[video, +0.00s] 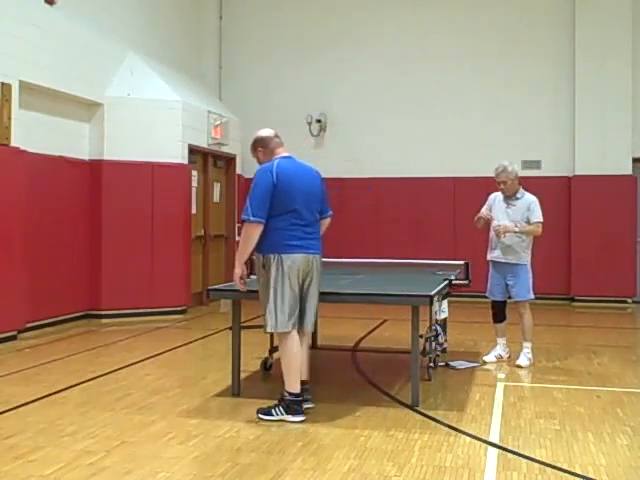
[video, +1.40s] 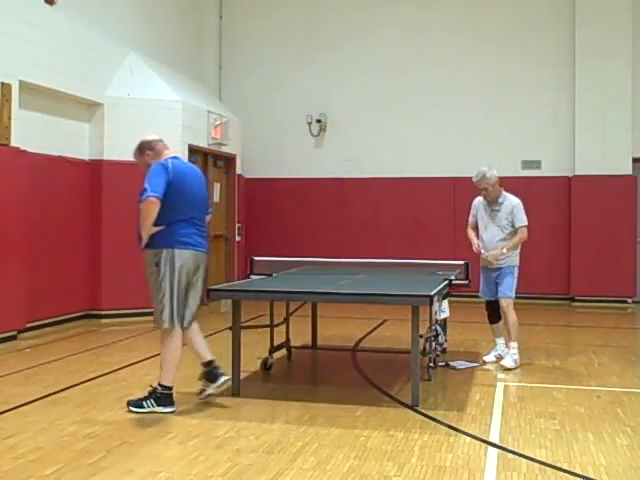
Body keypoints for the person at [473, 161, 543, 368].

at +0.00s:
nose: (501, 187)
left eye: (505, 183)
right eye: (499, 183)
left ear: (516, 181)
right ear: (497, 183)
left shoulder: (530, 201)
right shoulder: (494, 198)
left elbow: (537, 229)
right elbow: (481, 224)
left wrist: (513, 228)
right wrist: (482, 219)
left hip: (519, 261)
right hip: (497, 260)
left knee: (522, 305)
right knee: (497, 304)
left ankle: (526, 349)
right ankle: (501, 347)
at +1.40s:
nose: (483, 194)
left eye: (486, 189)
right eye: (481, 190)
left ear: (497, 184)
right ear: (479, 188)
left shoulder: (513, 203)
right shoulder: (478, 203)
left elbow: (523, 234)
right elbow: (470, 227)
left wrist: (500, 252)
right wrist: (474, 240)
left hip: (508, 263)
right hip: (487, 263)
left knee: (505, 303)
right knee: (491, 304)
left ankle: (513, 349)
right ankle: (500, 345)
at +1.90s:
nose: (470, 255)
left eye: (472, 251)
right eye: (468, 252)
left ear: (482, 244)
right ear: (465, 249)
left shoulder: (503, 241)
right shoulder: (469, 256)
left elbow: (525, 265)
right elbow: (466, 285)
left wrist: (510, 288)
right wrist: (460, 315)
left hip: (518, 274)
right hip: (496, 278)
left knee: (505, 308)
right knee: (488, 312)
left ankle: (506, 353)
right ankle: (500, 348)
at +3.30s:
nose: (456, 201)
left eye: (456, 197)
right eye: (455, 197)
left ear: (467, 193)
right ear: (466, 193)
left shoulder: (488, 208)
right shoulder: (476, 208)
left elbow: (482, 241)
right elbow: (471, 238)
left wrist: (462, 261)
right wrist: (454, 259)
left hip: (511, 262)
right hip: (502, 262)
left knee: (497, 305)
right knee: (503, 304)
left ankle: (504, 352)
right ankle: (512, 346)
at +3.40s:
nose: (456, 197)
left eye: (457, 193)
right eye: (455, 193)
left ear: (469, 190)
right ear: (468, 190)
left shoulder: (487, 206)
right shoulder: (478, 207)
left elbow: (486, 239)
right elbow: (471, 237)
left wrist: (464, 258)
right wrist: (456, 258)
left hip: (509, 261)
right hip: (504, 261)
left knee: (497, 304)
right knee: (508, 304)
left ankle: (504, 352)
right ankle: (515, 345)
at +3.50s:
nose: (458, 194)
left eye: (460, 190)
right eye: (458, 190)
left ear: (472, 188)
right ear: (472, 189)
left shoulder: (487, 205)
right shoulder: (481, 205)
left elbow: (490, 239)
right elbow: (475, 238)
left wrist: (469, 259)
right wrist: (456, 260)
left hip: (508, 261)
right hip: (506, 260)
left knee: (496, 305)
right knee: (510, 304)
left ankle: (504, 352)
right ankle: (516, 345)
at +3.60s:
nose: (462, 190)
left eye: (464, 186)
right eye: (461, 186)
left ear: (476, 186)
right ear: (477, 186)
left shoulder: (488, 204)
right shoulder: (486, 202)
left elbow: (493, 237)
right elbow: (482, 236)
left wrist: (478, 259)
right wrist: (464, 256)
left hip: (507, 261)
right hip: (511, 259)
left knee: (496, 304)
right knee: (511, 302)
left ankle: (504, 352)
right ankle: (516, 344)